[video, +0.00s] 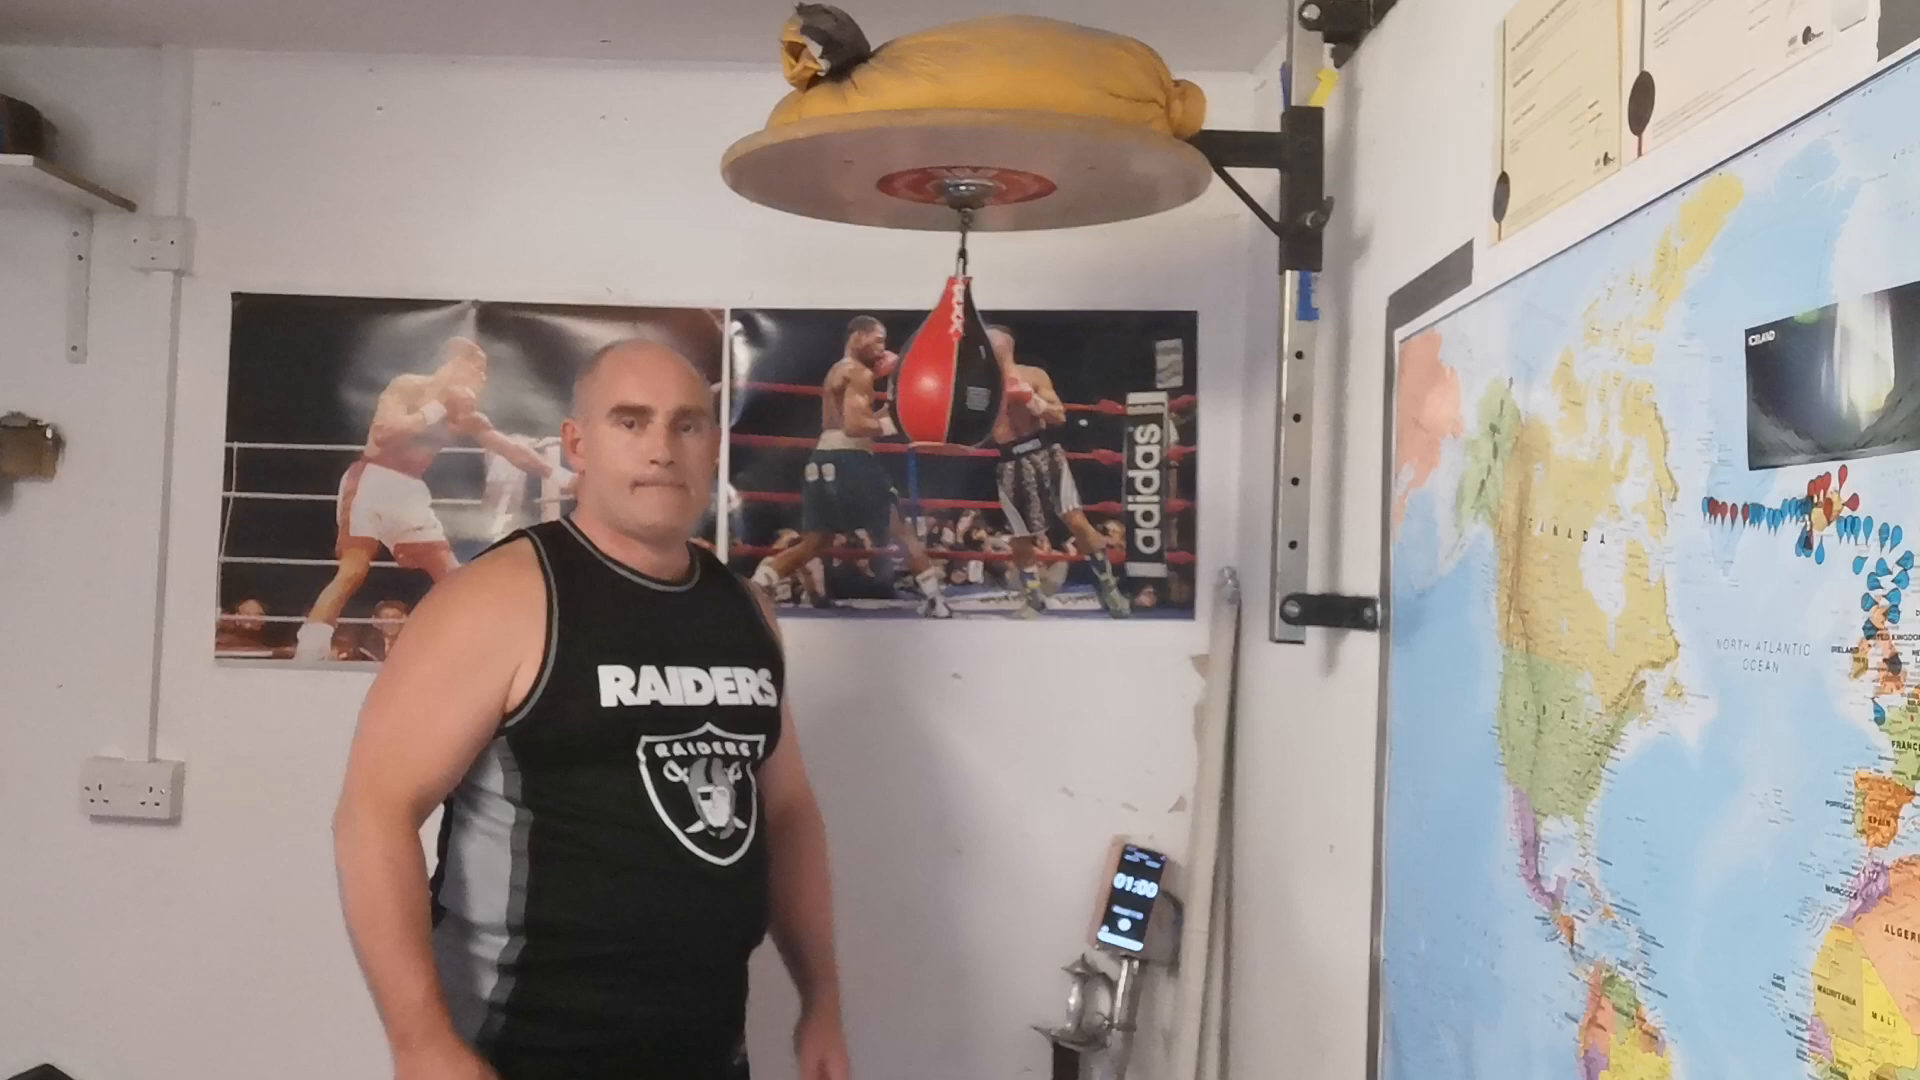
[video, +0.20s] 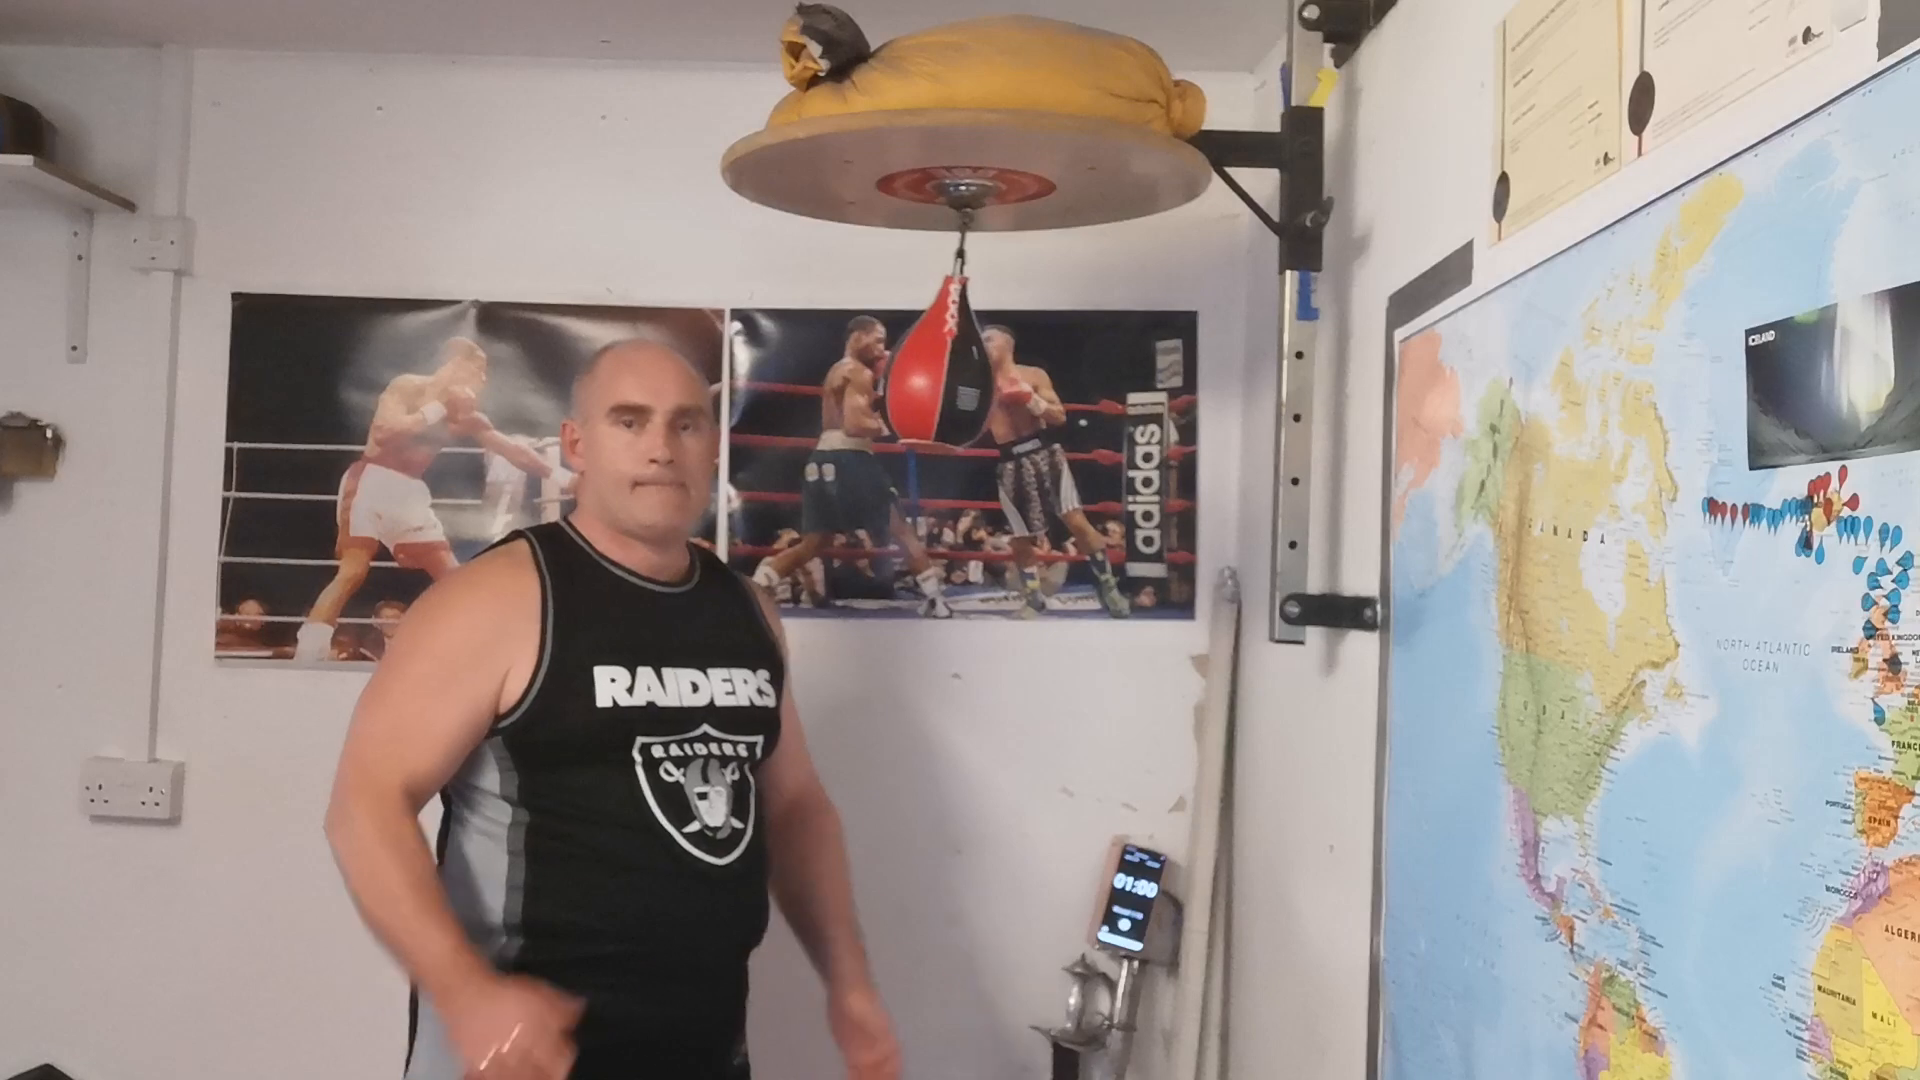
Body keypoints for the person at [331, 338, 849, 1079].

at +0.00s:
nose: (662, 450)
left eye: (686, 425)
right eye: (631, 421)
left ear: (714, 450)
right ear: (575, 444)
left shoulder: (740, 609)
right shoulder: (497, 599)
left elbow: (786, 811)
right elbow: (372, 812)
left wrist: (820, 997)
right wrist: (423, 1042)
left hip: (703, 1043)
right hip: (530, 1046)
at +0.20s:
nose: (662, 449)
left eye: (687, 422)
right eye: (631, 421)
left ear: (714, 446)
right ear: (575, 445)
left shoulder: (737, 605)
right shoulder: (494, 598)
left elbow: (793, 806)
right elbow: (364, 806)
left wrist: (848, 980)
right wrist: (466, 994)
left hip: (702, 1041)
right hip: (530, 1046)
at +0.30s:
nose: (659, 445)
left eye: (682, 424)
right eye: (627, 420)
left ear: (709, 450)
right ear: (572, 445)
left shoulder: (739, 604)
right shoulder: (488, 596)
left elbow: (809, 791)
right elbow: (384, 803)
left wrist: (880, 916)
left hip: (698, 1027)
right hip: (518, 1031)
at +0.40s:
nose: (653, 447)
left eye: (678, 423)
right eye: (623, 421)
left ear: (707, 449)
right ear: (568, 445)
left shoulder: (741, 603)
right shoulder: (487, 594)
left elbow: (809, 778)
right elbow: (436, 807)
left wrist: (853, 838)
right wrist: (655, 795)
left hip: (696, 1019)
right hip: (517, 1022)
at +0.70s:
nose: (674, 447)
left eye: (697, 426)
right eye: (642, 419)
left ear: (719, 454)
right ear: (583, 443)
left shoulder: (752, 607)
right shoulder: (500, 584)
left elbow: (846, 798)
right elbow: (401, 782)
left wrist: (874, 791)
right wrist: (589, 756)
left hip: (695, 1019)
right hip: (514, 1020)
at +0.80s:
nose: (691, 448)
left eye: (714, 426)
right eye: (660, 420)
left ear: (733, 456)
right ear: (597, 442)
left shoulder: (753, 609)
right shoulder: (504, 573)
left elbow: (858, 774)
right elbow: (360, 783)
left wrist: (952, 743)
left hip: (695, 1015)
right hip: (512, 1016)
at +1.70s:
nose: (716, 456)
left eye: (740, 440)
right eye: (689, 428)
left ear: (758, 471)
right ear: (625, 447)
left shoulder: (775, 624)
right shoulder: (533, 571)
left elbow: (883, 768)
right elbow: (347, 739)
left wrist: (995, 805)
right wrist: (435, 690)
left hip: (706, 1027)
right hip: (522, 1022)